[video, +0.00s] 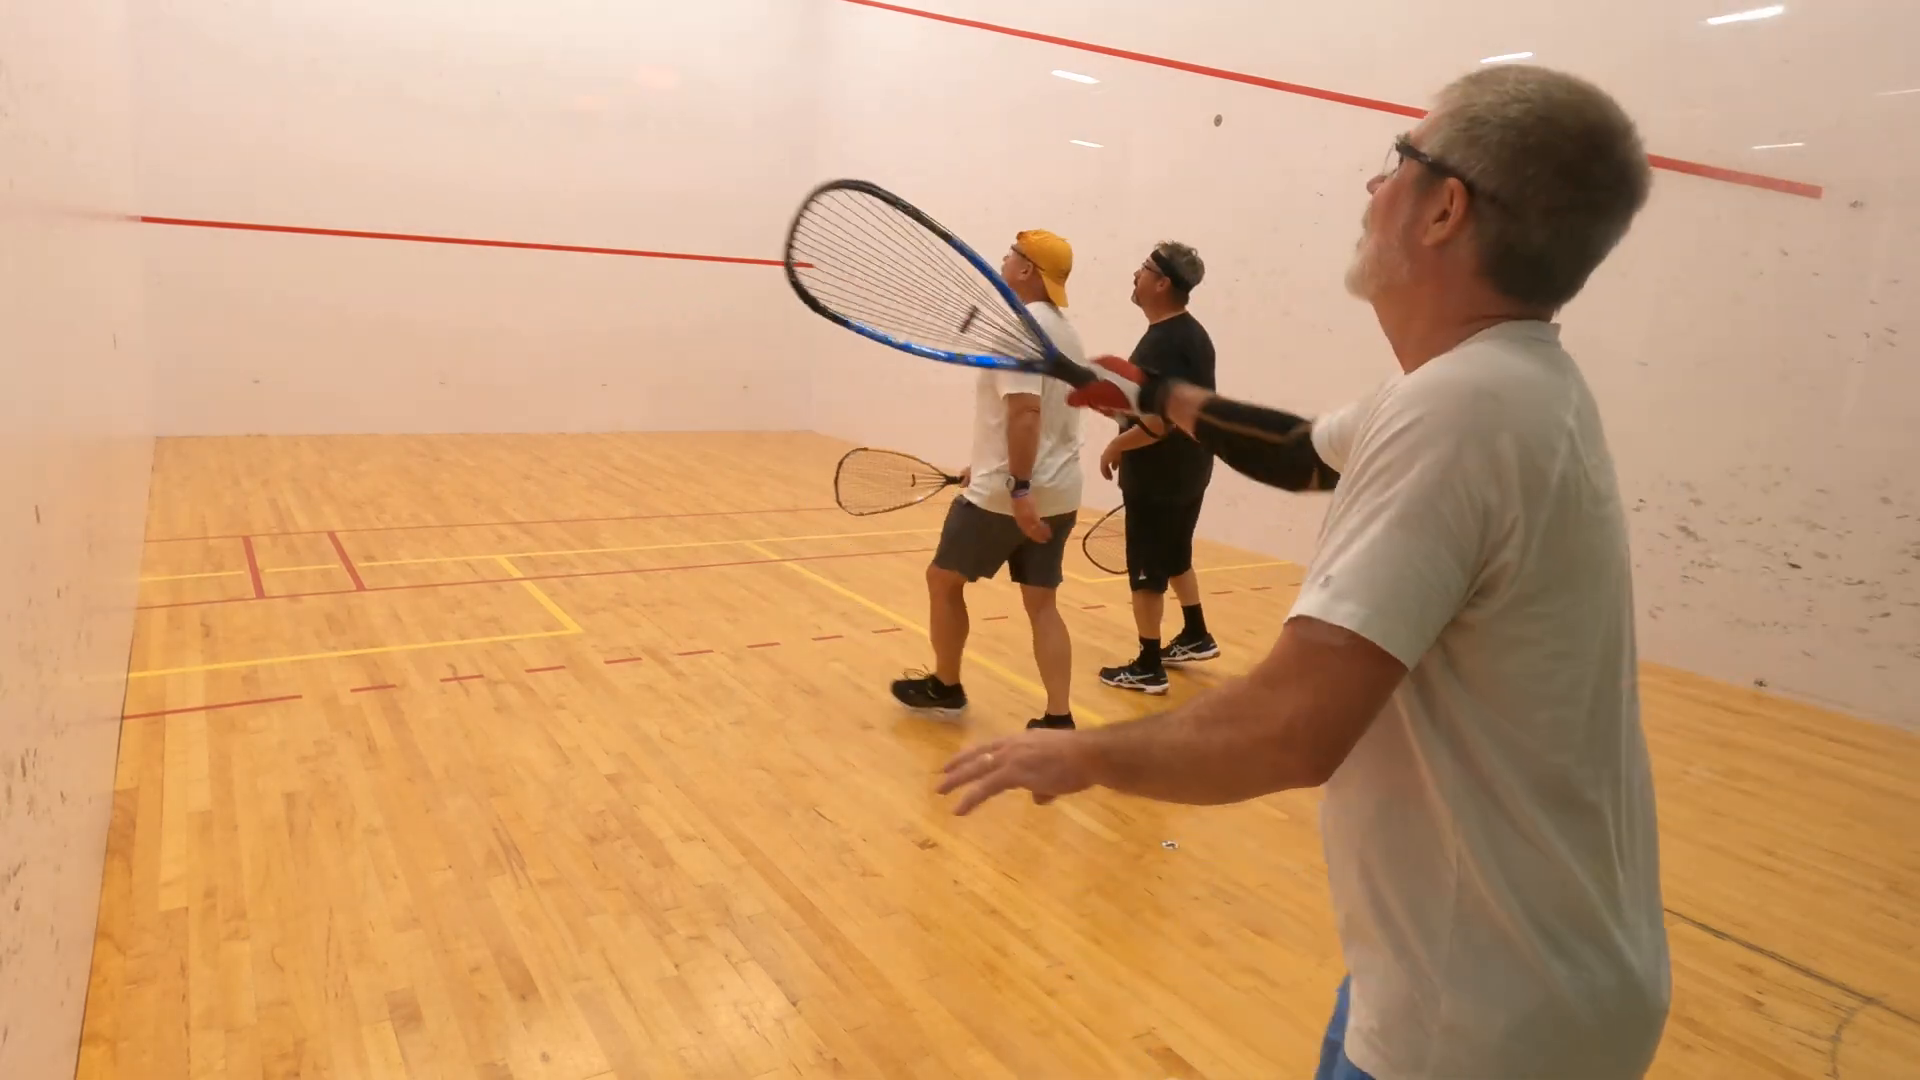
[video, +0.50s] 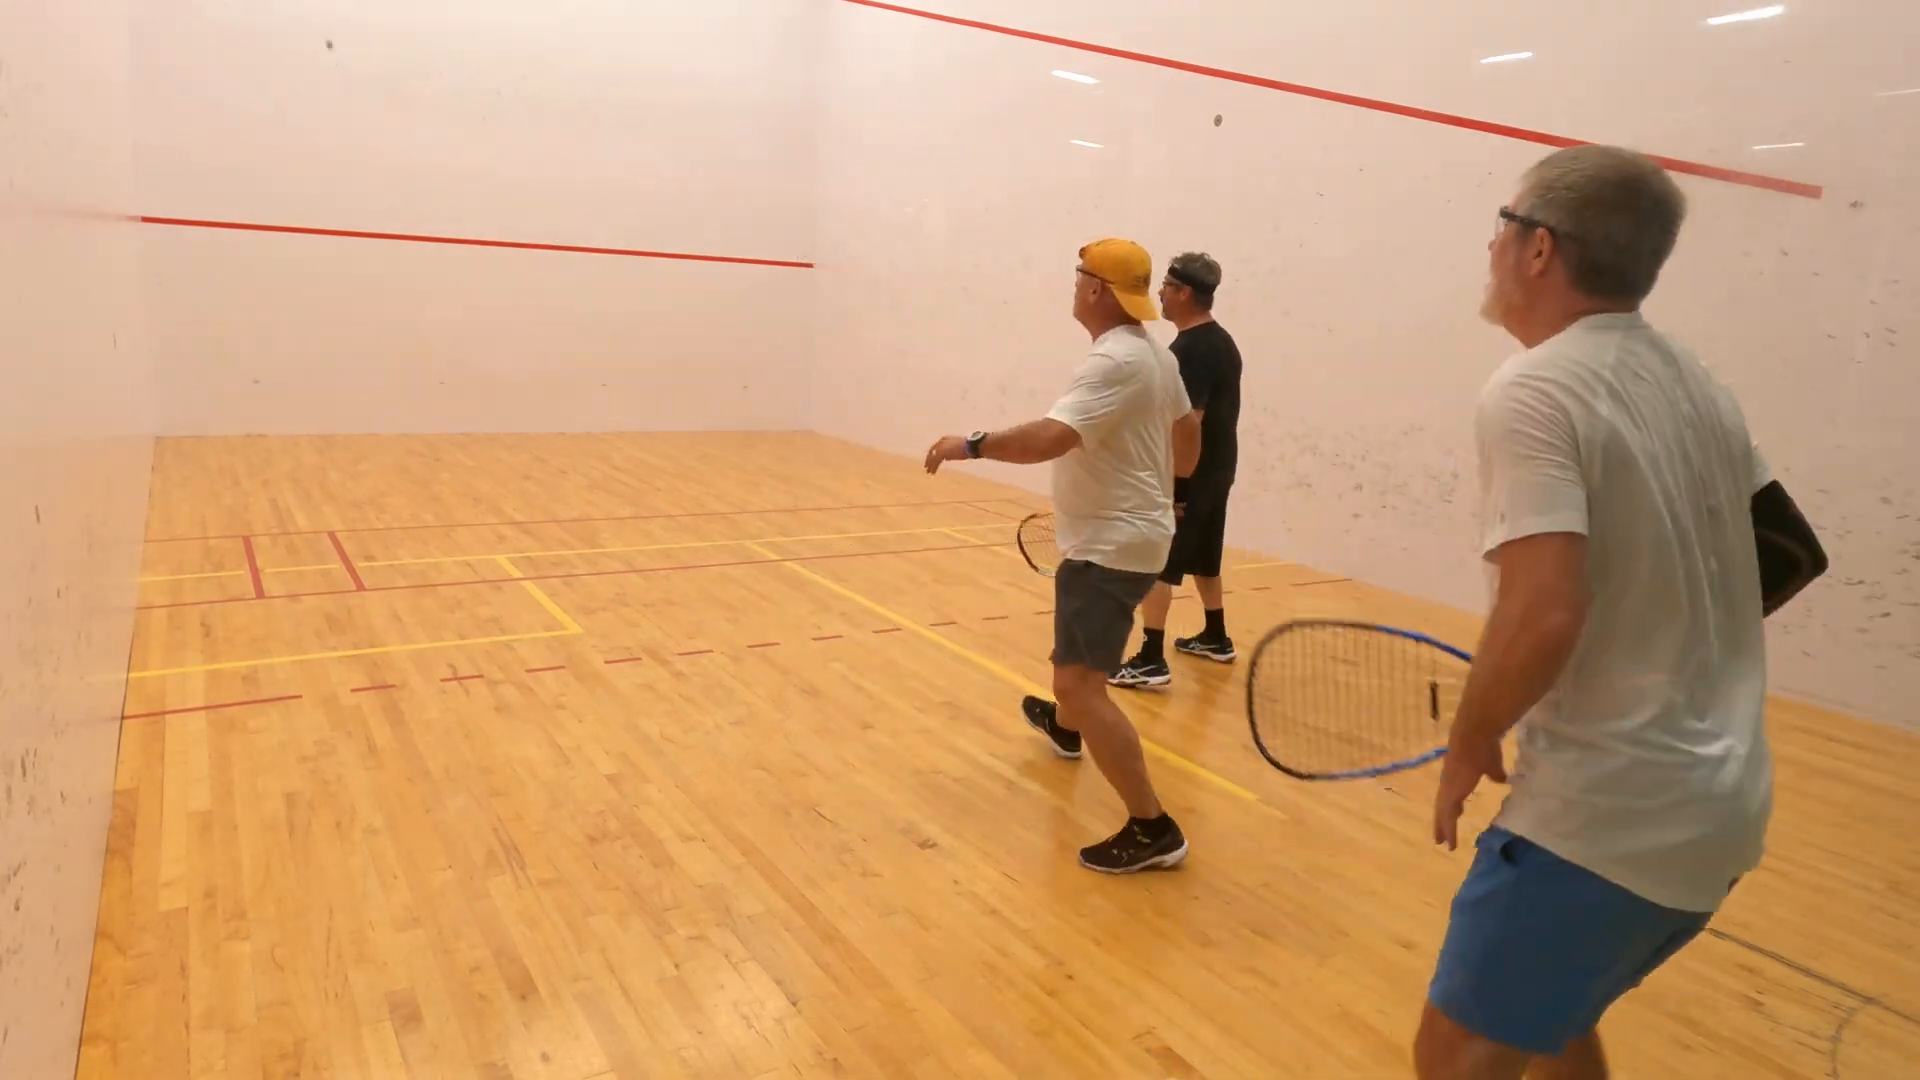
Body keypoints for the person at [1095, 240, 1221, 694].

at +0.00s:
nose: (1135, 275)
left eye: (1144, 271)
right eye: (1140, 268)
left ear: (1162, 285)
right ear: (1172, 288)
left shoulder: (1161, 342)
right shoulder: (1193, 335)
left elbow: (1160, 424)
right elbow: (1182, 412)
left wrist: (1117, 446)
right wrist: (1121, 422)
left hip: (1157, 473)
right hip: (1187, 468)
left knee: (1146, 566)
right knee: (1176, 553)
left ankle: (1148, 665)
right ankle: (1196, 633)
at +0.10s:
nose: (1137, 277)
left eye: (1144, 273)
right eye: (1141, 271)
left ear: (1161, 286)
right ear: (1175, 289)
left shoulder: (1165, 341)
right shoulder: (1195, 335)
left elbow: (1162, 411)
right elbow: (1188, 409)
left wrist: (1118, 448)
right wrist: (1122, 438)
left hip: (1156, 473)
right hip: (1188, 471)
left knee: (1146, 564)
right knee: (1184, 552)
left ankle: (1148, 664)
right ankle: (1199, 631)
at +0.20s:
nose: (1141, 279)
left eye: (1149, 275)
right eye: (1146, 273)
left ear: (1166, 288)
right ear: (1179, 291)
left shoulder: (1168, 343)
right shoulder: (1201, 339)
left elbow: (1160, 418)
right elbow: (1198, 415)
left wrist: (1111, 442)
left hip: (1157, 476)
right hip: (1191, 475)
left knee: (1143, 565)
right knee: (1190, 551)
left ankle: (1148, 664)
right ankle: (1206, 630)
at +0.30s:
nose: (1147, 284)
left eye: (1154, 280)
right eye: (1152, 278)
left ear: (1170, 291)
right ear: (1186, 295)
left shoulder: (1171, 347)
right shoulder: (1208, 343)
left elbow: (1166, 416)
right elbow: (1206, 415)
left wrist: (1122, 442)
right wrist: (1150, 442)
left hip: (1164, 475)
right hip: (1199, 474)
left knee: (1145, 565)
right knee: (1195, 552)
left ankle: (1147, 662)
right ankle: (1214, 630)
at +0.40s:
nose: (1153, 290)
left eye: (1160, 285)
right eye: (1158, 283)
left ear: (1178, 295)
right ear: (1190, 297)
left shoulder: (1180, 351)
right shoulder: (1213, 344)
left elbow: (1174, 421)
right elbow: (1207, 419)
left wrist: (1147, 482)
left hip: (1178, 482)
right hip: (1206, 480)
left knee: (1147, 566)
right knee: (1197, 556)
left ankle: (1149, 663)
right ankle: (1214, 635)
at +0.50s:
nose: (1160, 291)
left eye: (1167, 285)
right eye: (1163, 284)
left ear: (1187, 294)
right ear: (1197, 295)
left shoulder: (1190, 348)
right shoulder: (1220, 342)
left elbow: (1189, 421)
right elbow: (1214, 417)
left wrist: (1172, 487)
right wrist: (1189, 473)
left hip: (1188, 478)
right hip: (1214, 476)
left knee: (1159, 565)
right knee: (1204, 556)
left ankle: (1150, 657)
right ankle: (1216, 635)